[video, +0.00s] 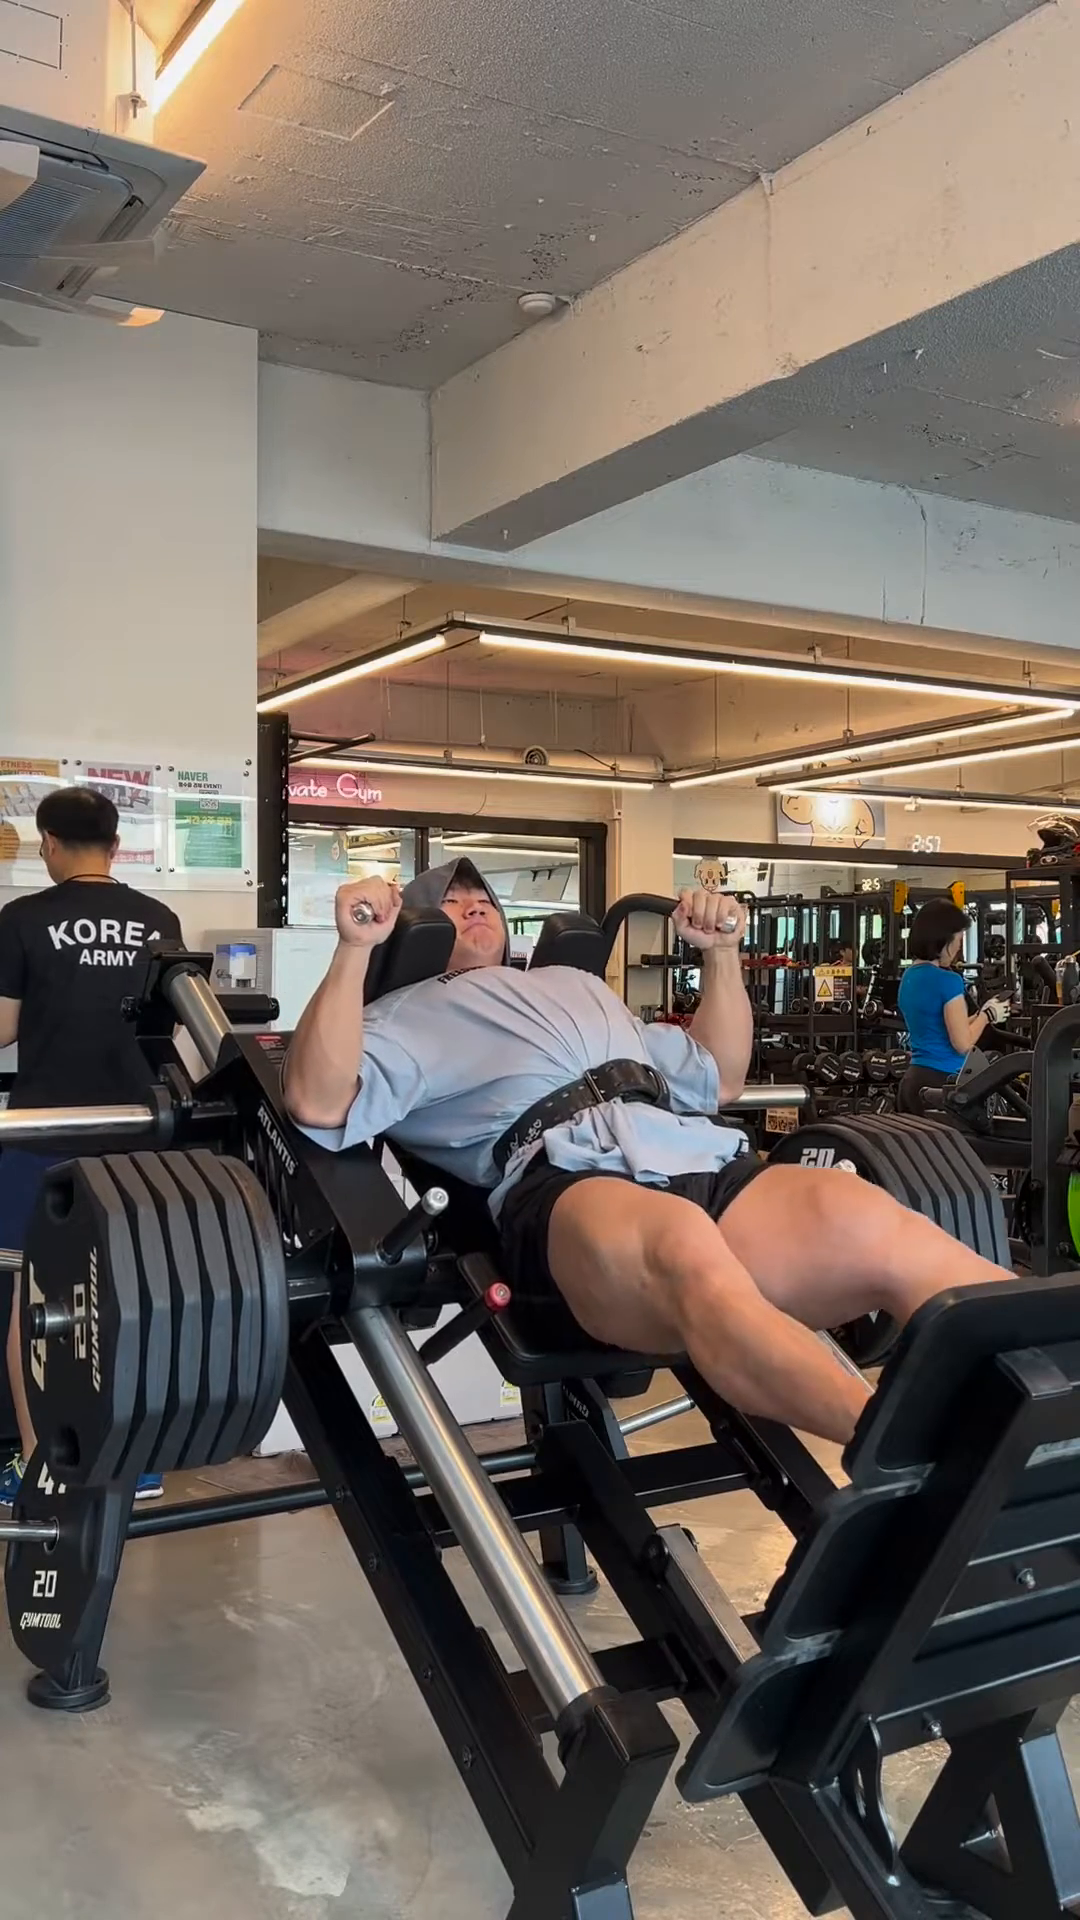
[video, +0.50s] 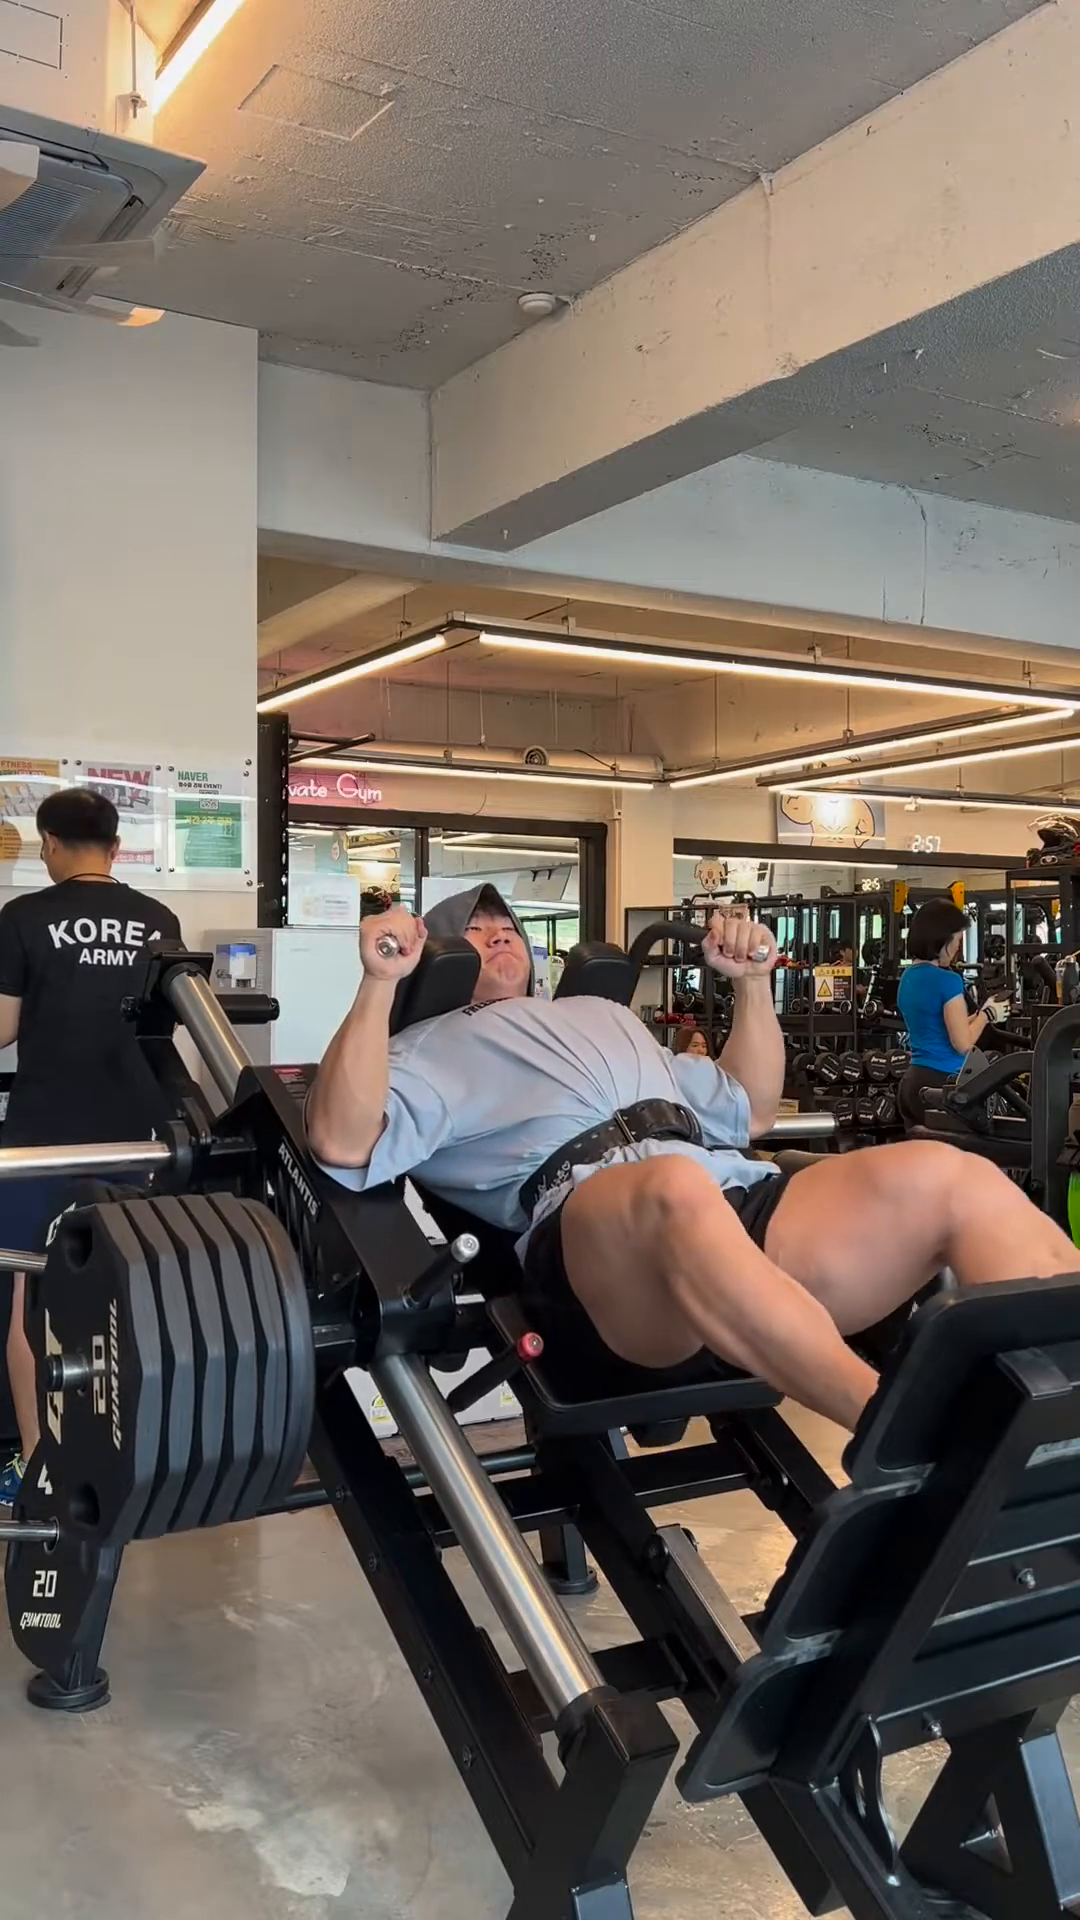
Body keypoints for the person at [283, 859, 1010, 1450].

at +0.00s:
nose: (469, 901)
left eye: (479, 893)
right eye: (448, 897)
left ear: (506, 920)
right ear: (422, 934)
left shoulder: (577, 986)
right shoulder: (408, 1014)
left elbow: (714, 1076)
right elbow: (316, 1103)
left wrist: (721, 955)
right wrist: (351, 953)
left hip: (697, 1161)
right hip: (562, 1182)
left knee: (869, 1217)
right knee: (691, 1262)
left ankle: (1063, 1351)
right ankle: (900, 1440)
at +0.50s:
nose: (498, 938)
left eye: (507, 928)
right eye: (474, 935)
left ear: (530, 951)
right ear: (443, 974)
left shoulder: (606, 1021)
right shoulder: (433, 1053)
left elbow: (750, 1107)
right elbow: (342, 1142)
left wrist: (750, 982)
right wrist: (377, 987)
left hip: (745, 1217)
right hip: (590, 1266)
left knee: (950, 1177)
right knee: (672, 1190)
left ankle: (1076, 1383)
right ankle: (898, 1428)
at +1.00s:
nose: (529, 976)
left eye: (539, 967)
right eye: (506, 972)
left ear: (566, 996)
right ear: (476, 1019)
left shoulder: (648, 1069)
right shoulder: (466, 1104)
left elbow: (794, 1158)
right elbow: (376, 1202)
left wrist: (796, 1027)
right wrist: (416, 1036)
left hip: (801, 1294)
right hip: (653, 1356)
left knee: (988, 1154)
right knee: (670, 1167)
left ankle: (1073, 1388)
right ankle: (888, 1419)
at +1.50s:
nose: (578, 1027)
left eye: (585, 1015)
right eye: (550, 1018)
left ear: (605, 1042)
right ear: (504, 1054)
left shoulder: (687, 1127)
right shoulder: (501, 1162)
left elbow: (847, 1206)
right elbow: (413, 1267)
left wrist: (845, 1076)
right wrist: (460, 1091)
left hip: (861, 1358)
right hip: (711, 1426)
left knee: (1000, 1146)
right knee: (664, 1172)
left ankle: (1069, 1391)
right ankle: (882, 1407)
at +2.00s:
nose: (612, 1061)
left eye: (616, 1045)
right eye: (580, 1051)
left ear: (641, 1077)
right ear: (538, 1087)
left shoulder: (722, 1165)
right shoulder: (533, 1216)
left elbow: (882, 1241)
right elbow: (453, 1333)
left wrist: (896, 1124)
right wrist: (498, 1147)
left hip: (896, 1368)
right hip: (761, 1466)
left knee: (1011, 1144)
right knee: (668, 1169)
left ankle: (1073, 1389)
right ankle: (891, 1414)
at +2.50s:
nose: (632, 1088)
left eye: (638, 1074)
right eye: (602, 1081)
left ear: (662, 1102)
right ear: (562, 1120)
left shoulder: (757, 1195)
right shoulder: (552, 1240)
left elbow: (901, 1261)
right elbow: (473, 1365)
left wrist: (922, 1151)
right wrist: (517, 1177)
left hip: (933, 1388)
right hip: (785, 1474)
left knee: (1005, 1146)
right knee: (658, 1187)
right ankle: (899, 1425)